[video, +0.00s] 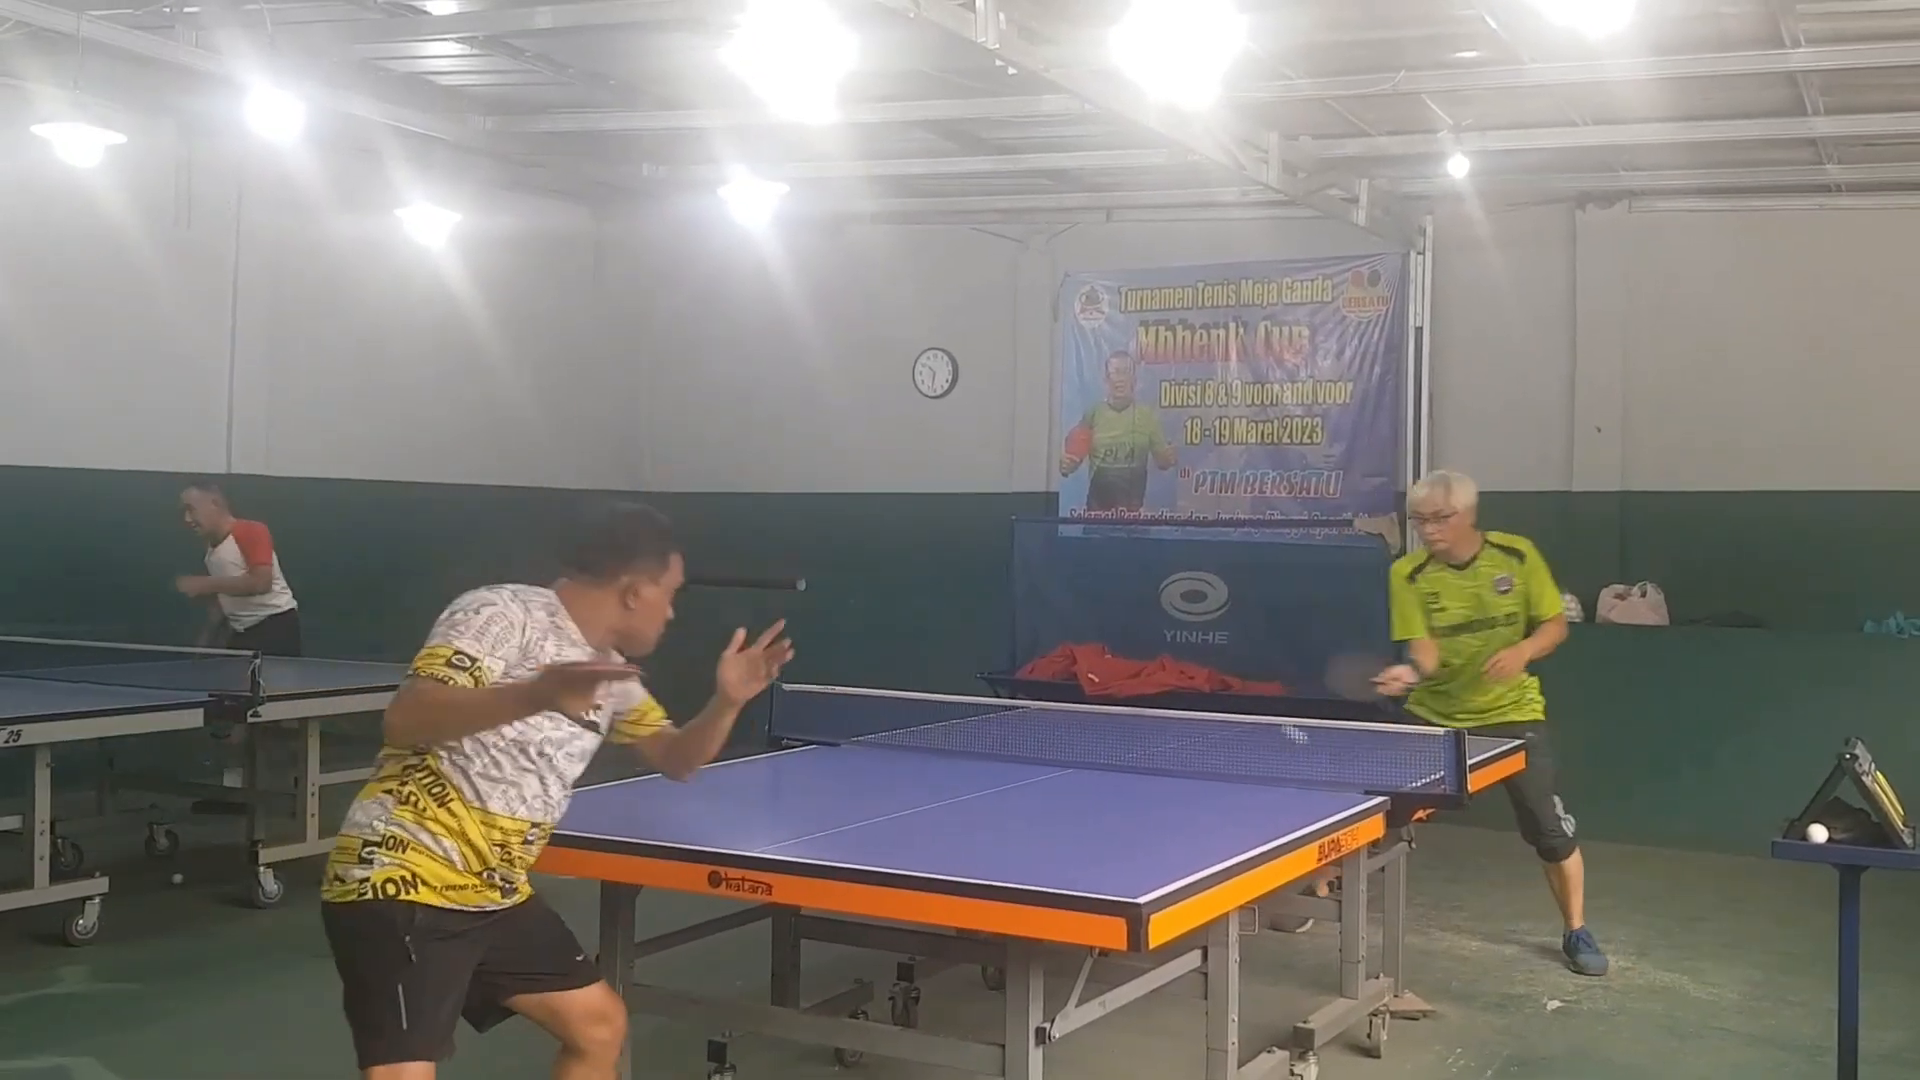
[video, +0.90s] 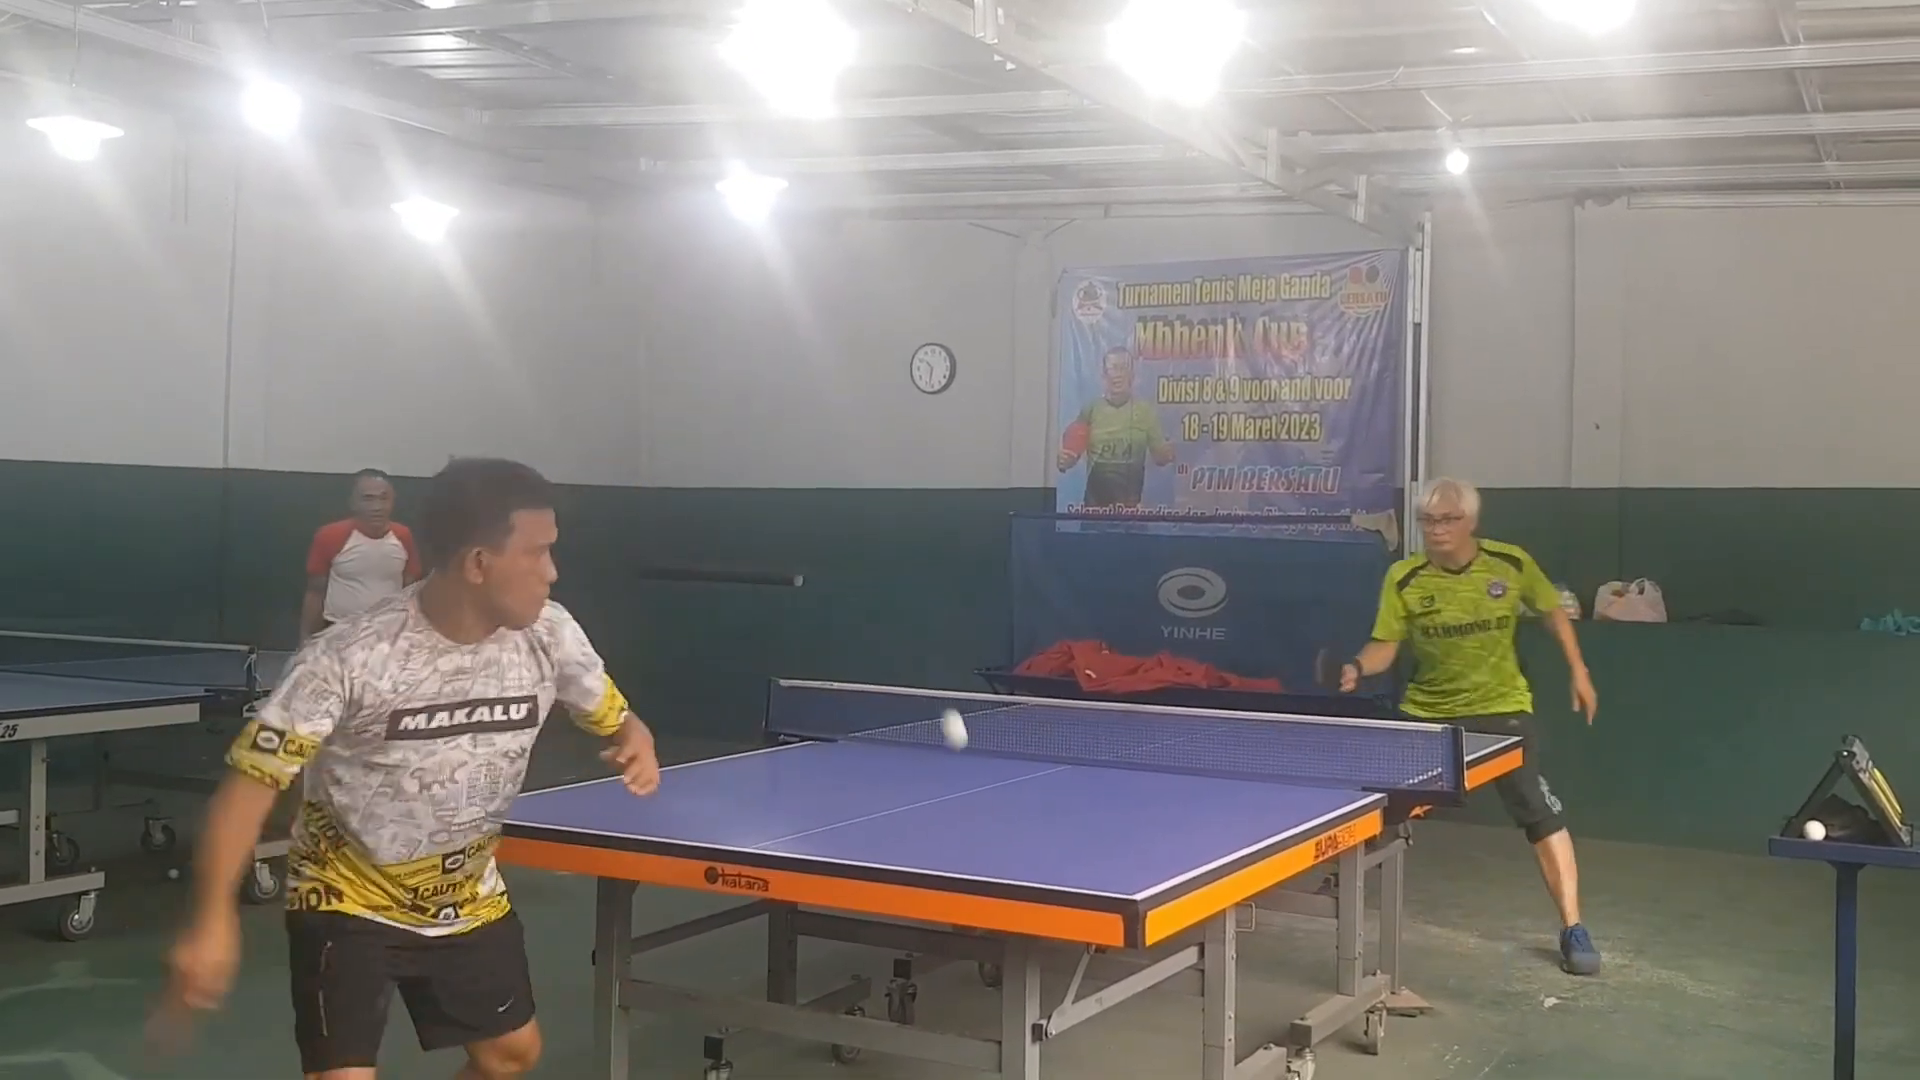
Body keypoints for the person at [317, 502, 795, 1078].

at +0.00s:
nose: (671, 615)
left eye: (674, 600)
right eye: (669, 597)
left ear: (627, 591)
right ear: (630, 589)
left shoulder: (608, 671)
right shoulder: (496, 614)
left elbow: (678, 758)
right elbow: (406, 718)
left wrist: (726, 702)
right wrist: (535, 694)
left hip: (491, 886)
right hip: (398, 877)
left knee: (598, 1025)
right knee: (401, 1076)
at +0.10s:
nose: (636, 591)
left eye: (638, 574)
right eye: (635, 573)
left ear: (591, 573)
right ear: (595, 572)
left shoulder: (560, 656)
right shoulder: (475, 607)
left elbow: (616, 748)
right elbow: (411, 725)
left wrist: (683, 720)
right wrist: (562, 712)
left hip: (463, 890)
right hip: (379, 893)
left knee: (567, 1026)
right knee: (380, 1067)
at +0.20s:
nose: (606, 569)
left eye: (608, 553)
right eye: (604, 551)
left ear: (557, 552)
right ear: (565, 552)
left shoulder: (516, 634)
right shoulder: (452, 601)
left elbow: (555, 739)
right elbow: (409, 731)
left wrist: (643, 716)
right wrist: (568, 723)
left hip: (423, 887)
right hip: (347, 892)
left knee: (521, 1020)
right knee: (353, 1068)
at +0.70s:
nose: (563, 547)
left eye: (563, 530)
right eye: (556, 529)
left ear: (509, 535)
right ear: (505, 533)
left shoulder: (525, 614)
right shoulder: (373, 616)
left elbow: (561, 714)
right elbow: (369, 779)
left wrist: (594, 761)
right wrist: (529, 807)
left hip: (438, 867)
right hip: (330, 870)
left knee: (490, 1026)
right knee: (322, 1067)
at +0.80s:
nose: (551, 567)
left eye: (551, 549)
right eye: (541, 550)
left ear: (489, 559)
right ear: (483, 559)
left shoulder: (531, 619)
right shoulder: (347, 642)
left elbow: (598, 716)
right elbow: (296, 807)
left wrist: (616, 741)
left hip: (450, 868)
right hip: (336, 879)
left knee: (507, 1040)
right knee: (334, 1069)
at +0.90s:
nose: (554, 571)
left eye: (553, 551)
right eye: (539, 553)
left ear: (487, 565)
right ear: (475, 564)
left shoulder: (549, 635)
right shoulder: (352, 654)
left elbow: (617, 720)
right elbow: (252, 779)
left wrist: (636, 747)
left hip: (466, 886)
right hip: (347, 889)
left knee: (514, 1051)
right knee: (344, 1068)